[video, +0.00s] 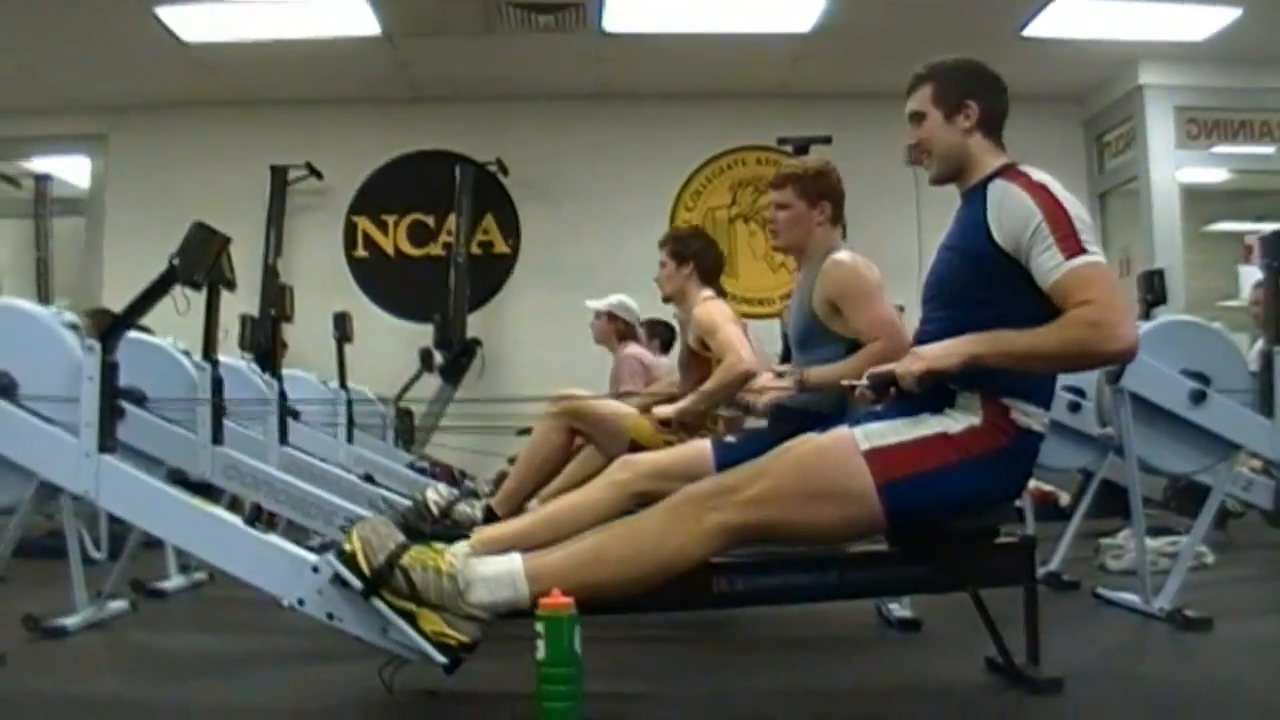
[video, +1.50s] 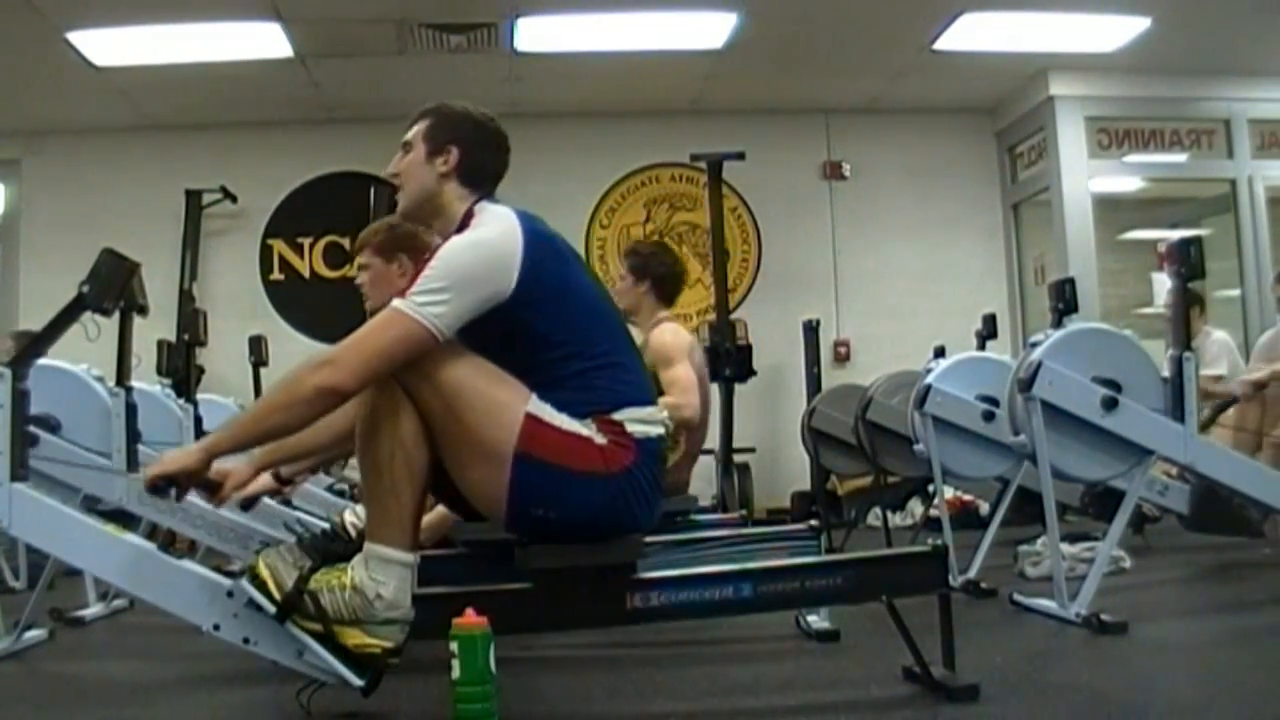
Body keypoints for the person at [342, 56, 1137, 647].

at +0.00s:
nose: (909, 141)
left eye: (918, 123)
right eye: (909, 128)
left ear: (966, 117)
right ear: (966, 124)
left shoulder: (1023, 194)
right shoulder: (981, 207)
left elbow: (1110, 330)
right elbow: (934, 340)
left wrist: (962, 348)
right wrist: (814, 379)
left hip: (976, 432)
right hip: (941, 423)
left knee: (735, 505)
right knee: (714, 496)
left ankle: (483, 589)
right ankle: (474, 572)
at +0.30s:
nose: (804, 140)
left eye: (815, 122)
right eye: (802, 128)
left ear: (868, 120)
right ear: (857, 131)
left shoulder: (918, 204)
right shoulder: (869, 222)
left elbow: (901, 377)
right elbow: (843, 376)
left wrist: (738, 397)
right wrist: (723, 404)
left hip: (910, 444)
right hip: (867, 435)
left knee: (660, 511)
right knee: (637, 502)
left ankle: (427, 604)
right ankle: (425, 597)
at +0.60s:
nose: (686, 152)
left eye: (698, 133)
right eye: (687, 137)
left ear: (748, 135)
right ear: (744, 136)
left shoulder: (798, 210)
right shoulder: (757, 232)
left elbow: (692, 367)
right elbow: (677, 361)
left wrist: (553, 431)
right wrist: (553, 426)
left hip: (871, 446)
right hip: (821, 439)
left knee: (617, 448)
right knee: (589, 447)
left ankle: (427, 607)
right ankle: (422, 594)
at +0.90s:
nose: (519, 168)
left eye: (531, 150)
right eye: (522, 152)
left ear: (578, 153)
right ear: (580, 159)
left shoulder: (632, 226)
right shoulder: (608, 237)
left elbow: (515, 382)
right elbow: (520, 384)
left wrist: (383, 467)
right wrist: (406, 480)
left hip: (736, 458)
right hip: (699, 454)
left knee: (505, 390)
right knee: (492, 406)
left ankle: (386, 602)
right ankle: (384, 603)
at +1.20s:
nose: (415, 174)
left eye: (426, 156)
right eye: (417, 158)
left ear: (467, 161)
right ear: (471, 164)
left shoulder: (519, 237)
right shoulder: (506, 247)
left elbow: (394, 396)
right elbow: (423, 415)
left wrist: (265, 478)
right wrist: (308, 493)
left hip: (630, 469)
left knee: (400, 355)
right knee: (416, 367)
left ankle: (383, 600)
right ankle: (383, 587)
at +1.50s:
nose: (392, 172)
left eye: (405, 154)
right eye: (398, 155)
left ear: (447, 162)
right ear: (454, 168)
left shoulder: (489, 241)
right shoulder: (479, 244)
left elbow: (336, 379)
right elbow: (370, 401)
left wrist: (205, 448)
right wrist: (261, 466)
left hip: (604, 471)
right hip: (581, 464)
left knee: (403, 361)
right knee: (398, 364)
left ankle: (381, 591)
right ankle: (378, 572)